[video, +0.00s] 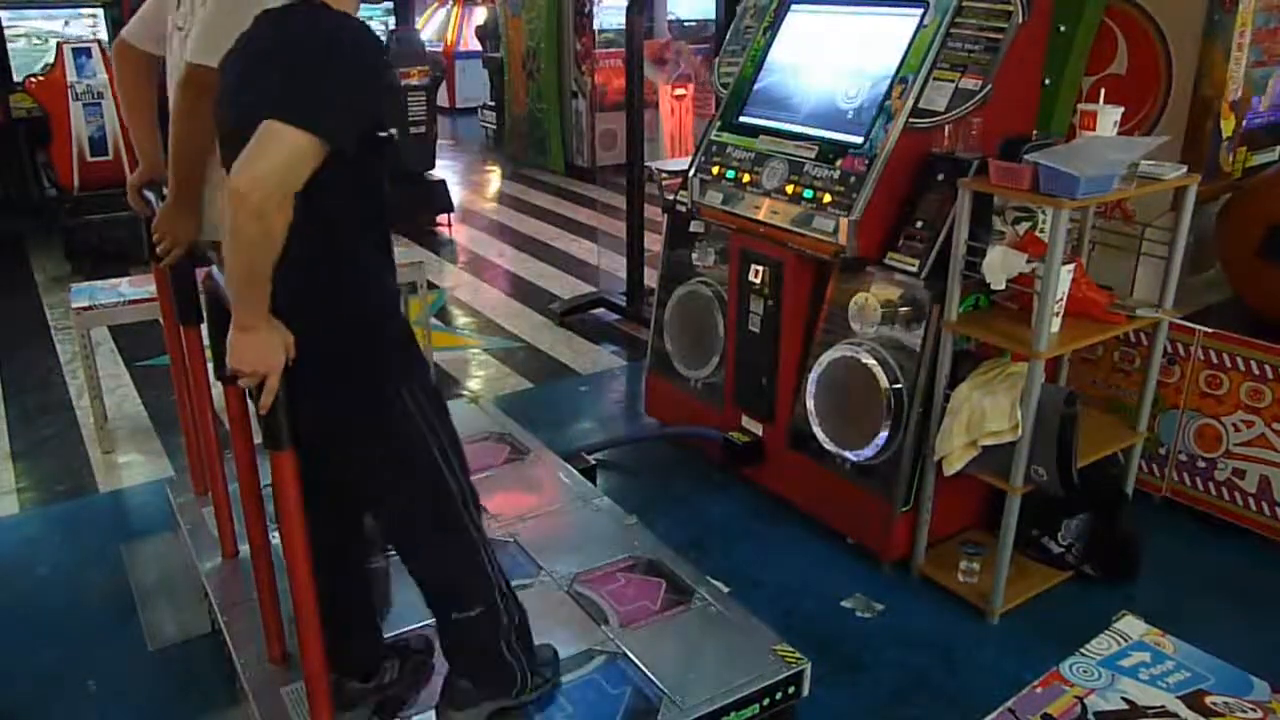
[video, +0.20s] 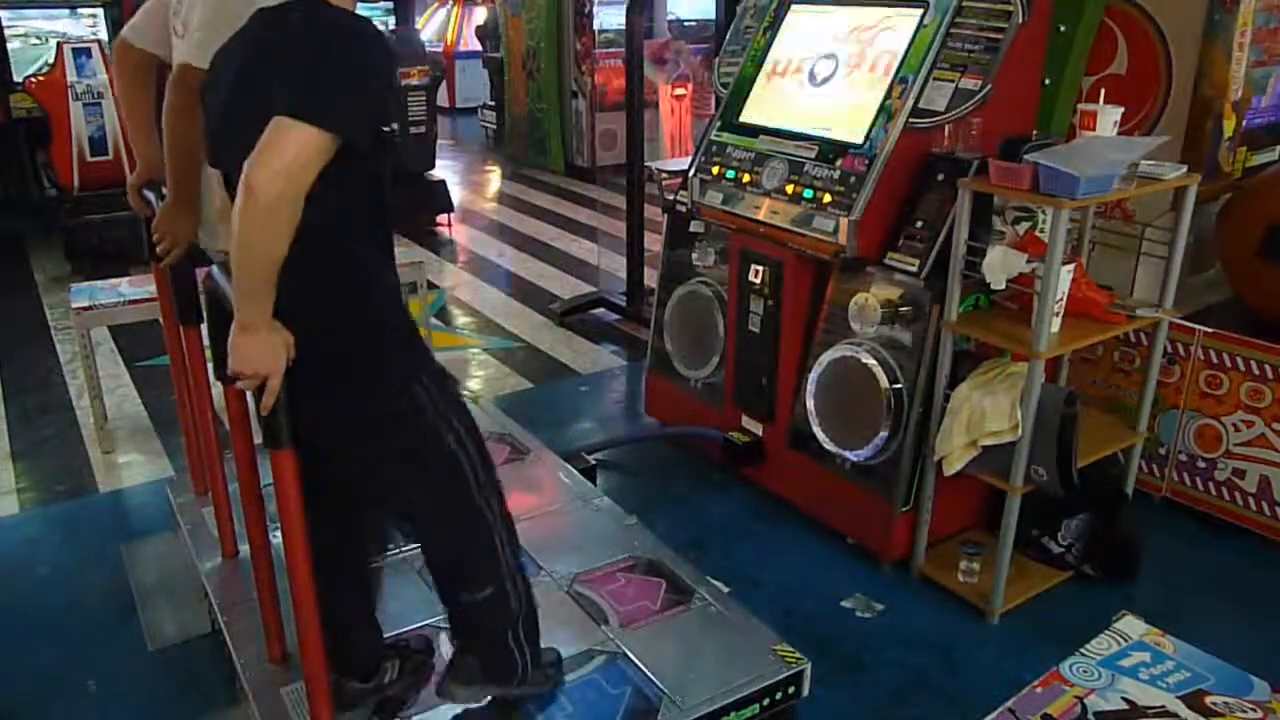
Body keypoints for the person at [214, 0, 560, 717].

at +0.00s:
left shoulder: (257, 44)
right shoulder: (343, 46)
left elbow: (260, 182)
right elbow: (252, 189)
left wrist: (385, 202)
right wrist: (251, 317)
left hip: (292, 329)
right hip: (355, 334)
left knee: (329, 509)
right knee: (435, 504)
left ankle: (355, 667)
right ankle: (497, 669)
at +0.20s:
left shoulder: (238, 51)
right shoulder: (349, 42)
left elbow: (225, 198)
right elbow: (272, 186)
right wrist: (253, 319)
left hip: (290, 333)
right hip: (360, 334)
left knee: (330, 507)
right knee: (458, 485)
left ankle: (354, 670)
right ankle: (507, 661)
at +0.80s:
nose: (425, 4)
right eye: (419, 5)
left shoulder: (308, 43)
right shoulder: (366, 39)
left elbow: (328, 189)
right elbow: (281, 179)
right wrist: (265, 324)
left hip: (330, 326)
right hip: (392, 327)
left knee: (348, 501)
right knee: (473, 470)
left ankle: (357, 663)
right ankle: (520, 616)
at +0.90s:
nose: (436, 0)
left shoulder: (316, 49)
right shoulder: (380, 47)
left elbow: (323, 200)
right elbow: (304, 194)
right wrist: (275, 332)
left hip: (339, 336)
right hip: (406, 336)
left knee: (355, 510)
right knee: (477, 481)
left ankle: (357, 663)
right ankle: (525, 619)